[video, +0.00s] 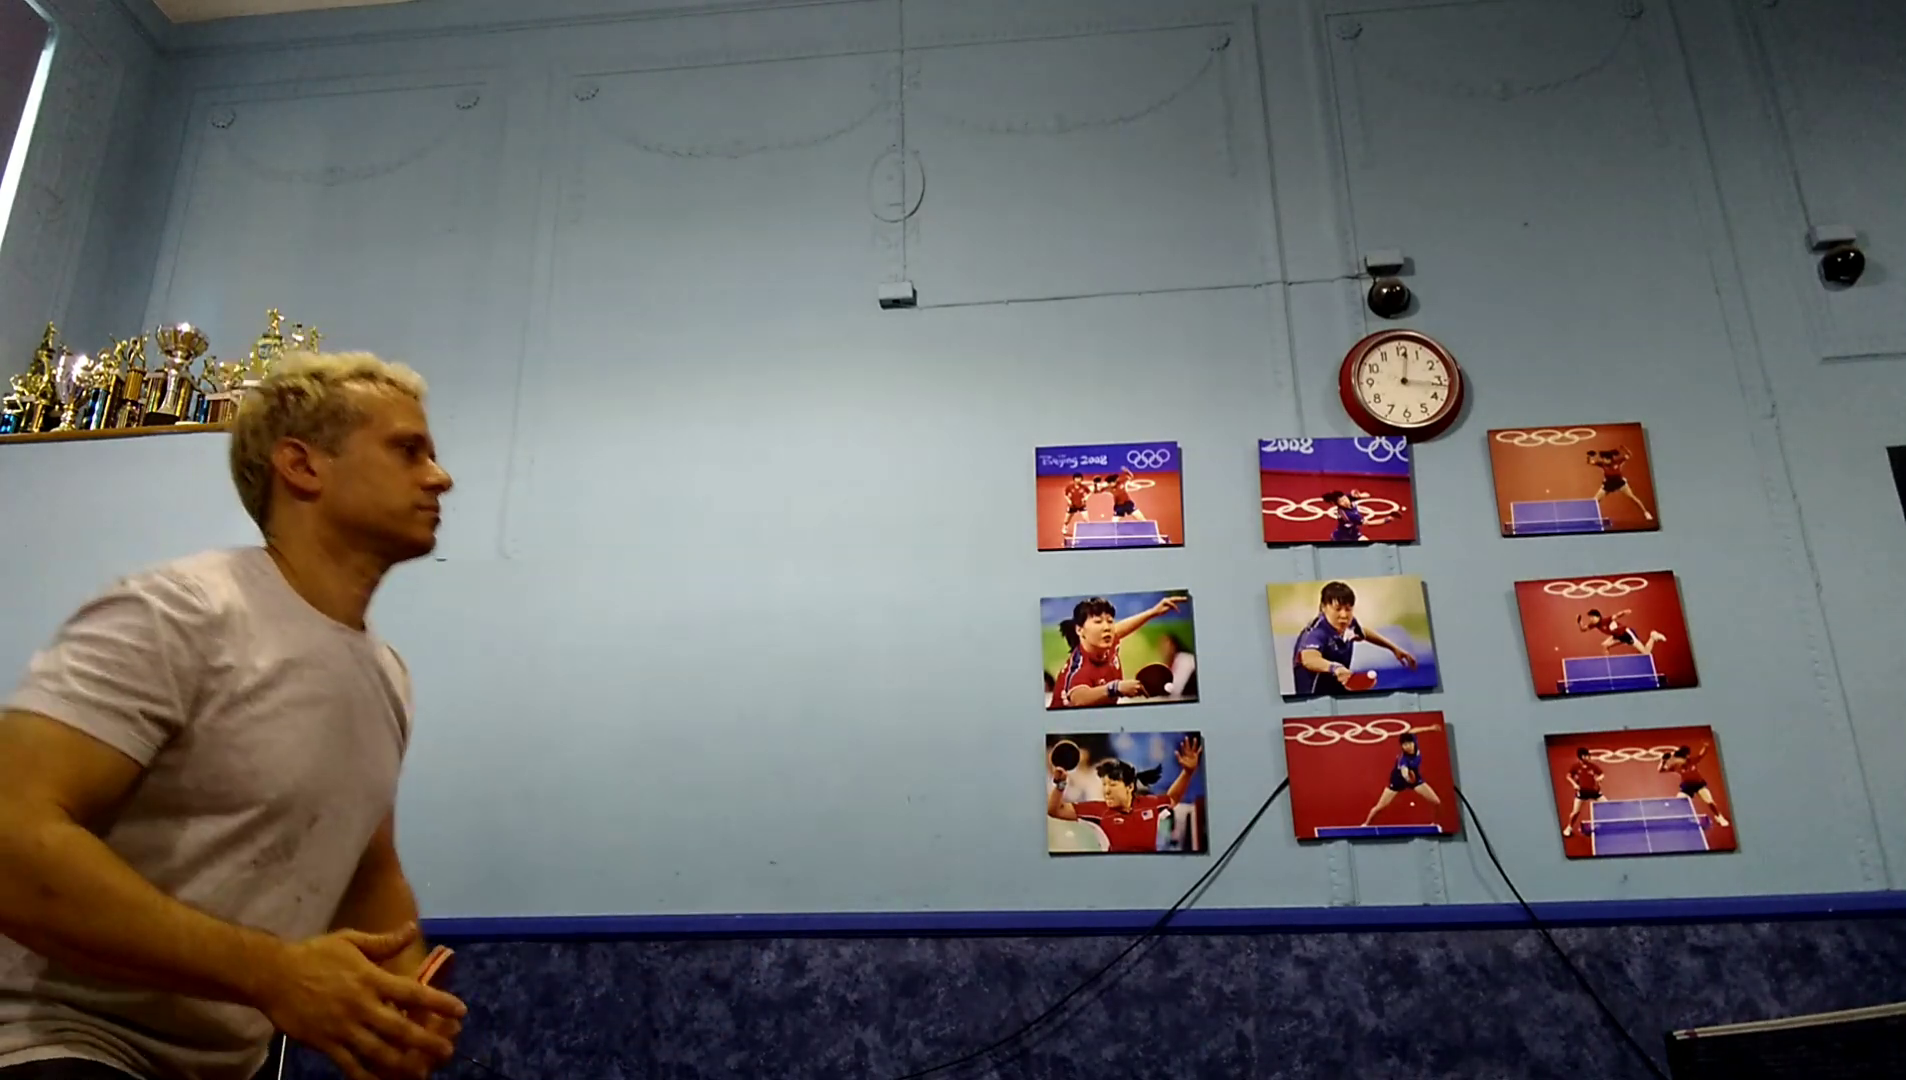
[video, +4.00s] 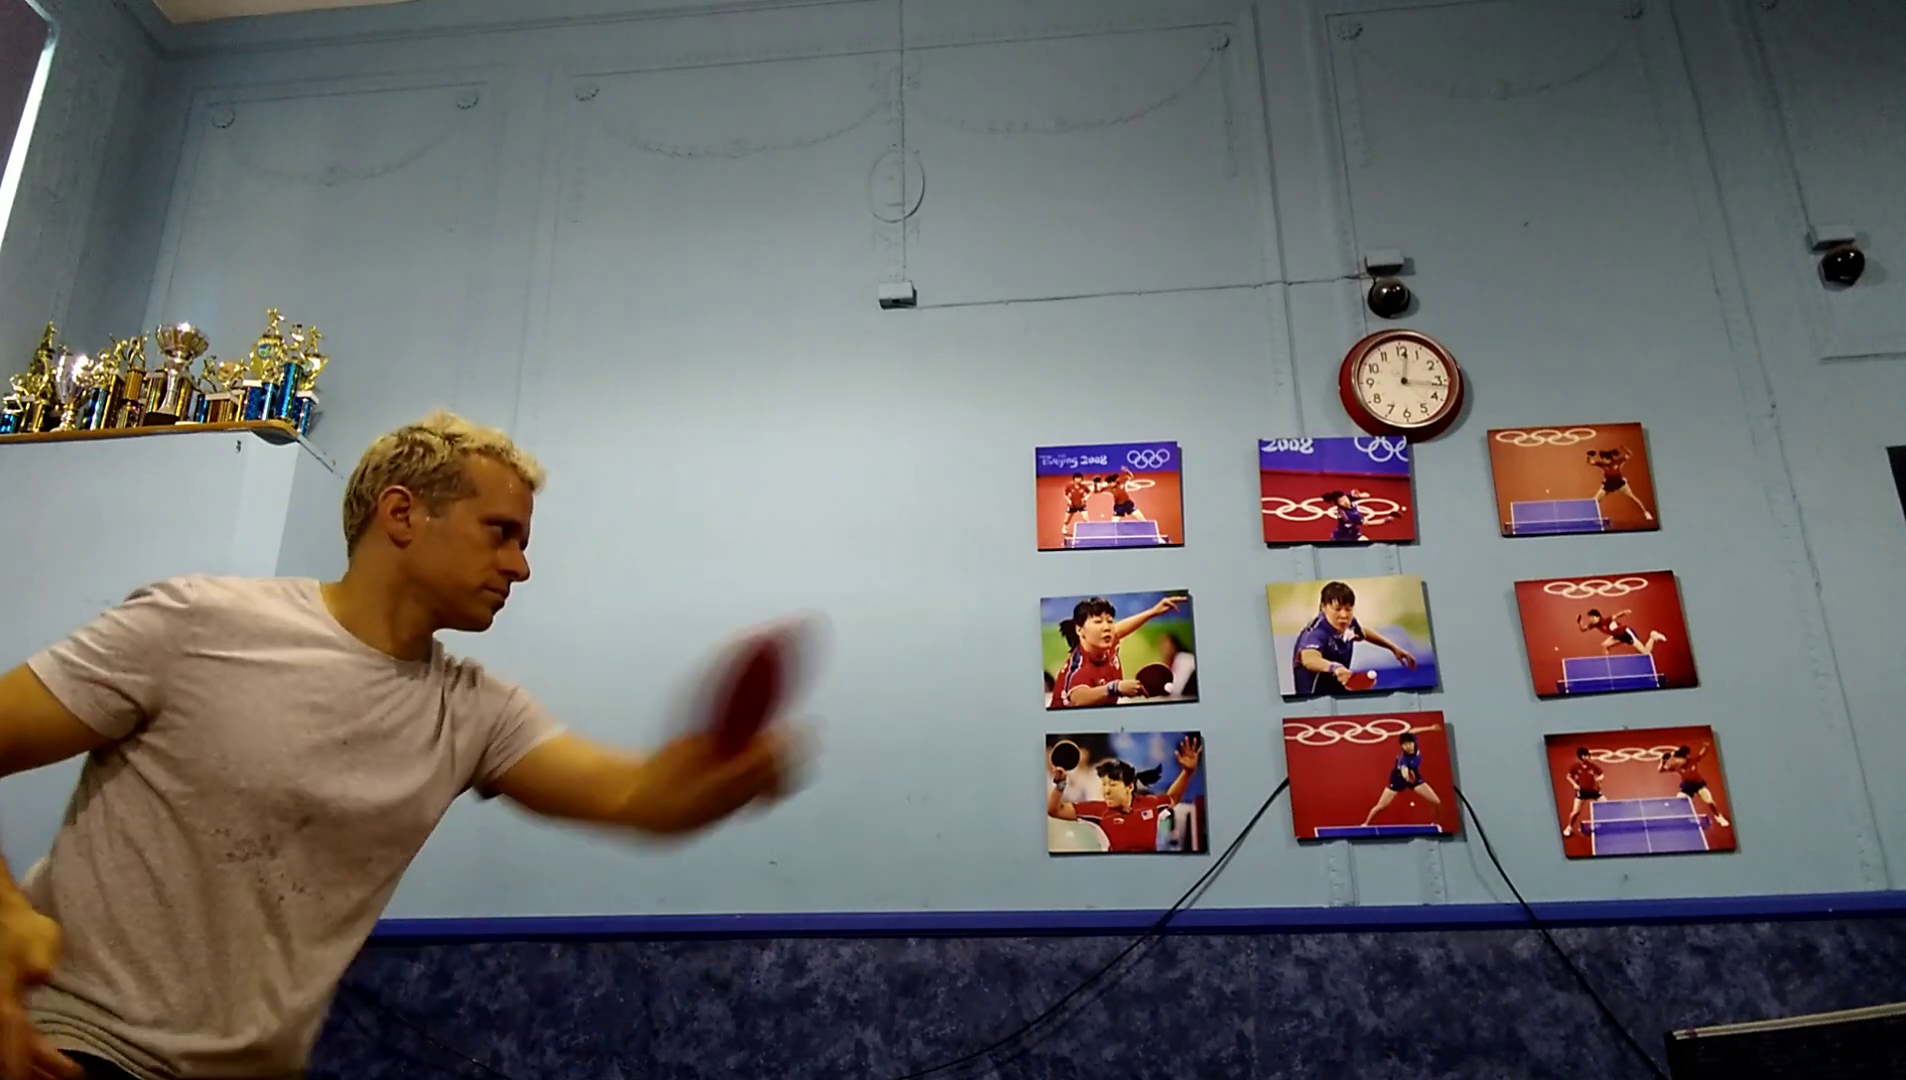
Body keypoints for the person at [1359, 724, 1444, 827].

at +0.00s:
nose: (1408, 747)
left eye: (1409, 744)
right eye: (1405, 745)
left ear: (1413, 743)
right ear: (1402, 747)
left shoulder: (1416, 747)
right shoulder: (1403, 759)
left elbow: (1414, 731)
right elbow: (1404, 772)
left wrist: (1431, 728)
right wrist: (1409, 779)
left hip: (1414, 780)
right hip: (1398, 781)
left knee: (1436, 802)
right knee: (1381, 806)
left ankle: (1434, 823)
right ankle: (1366, 823)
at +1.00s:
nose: (1408, 747)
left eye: (1409, 744)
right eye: (1405, 745)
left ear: (1413, 743)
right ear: (1402, 746)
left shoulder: (1416, 747)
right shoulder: (1403, 759)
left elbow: (1413, 731)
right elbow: (1404, 772)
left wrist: (1431, 728)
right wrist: (1409, 779)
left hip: (1415, 780)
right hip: (1398, 781)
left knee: (1436, 801)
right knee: (1381, 805)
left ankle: (1434, 823)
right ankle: (1366, 823)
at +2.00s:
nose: (1408, 747)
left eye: (1409, 744)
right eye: (1405, 745)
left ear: (1414, 743)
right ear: (1402, 746)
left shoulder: (1416, 748)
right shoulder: (1403, 758)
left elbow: (1414, 731)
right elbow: (1404, 771)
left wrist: (1431, 728)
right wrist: (1409, 778)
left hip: (1415, 779)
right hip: (1398, 781)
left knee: (1436, 802)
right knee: (1381, 806)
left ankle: (1435, 823)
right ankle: (1366, 823)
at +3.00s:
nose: (1408, 747)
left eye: (1409, 744)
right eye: (1405, 745)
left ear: (1414, 743)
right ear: (1402, 746)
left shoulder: (1416, 748)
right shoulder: (1403, 759)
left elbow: (1413, 731)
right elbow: (1404, 771)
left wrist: (1431, 728)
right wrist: (1409, 778)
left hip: (1415, 779)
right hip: (1398, 781)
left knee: (1436, 802)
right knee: (1380, 806)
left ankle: (1435, 824)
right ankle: (1366, 823)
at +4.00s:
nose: (1408, 747)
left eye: (1409, 744)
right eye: (1405, 745)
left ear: (1414, 743)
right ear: (1402, 746)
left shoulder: (1416, 747)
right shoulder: (1403, 759)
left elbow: (1413, 731)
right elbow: (1404, 771)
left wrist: (1431, 728)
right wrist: (1409, 778)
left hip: (1415, 779)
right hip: (1398, 781)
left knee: (1436, 802)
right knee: (1381, 806)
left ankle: (1435, 824)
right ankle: (1366, 823)